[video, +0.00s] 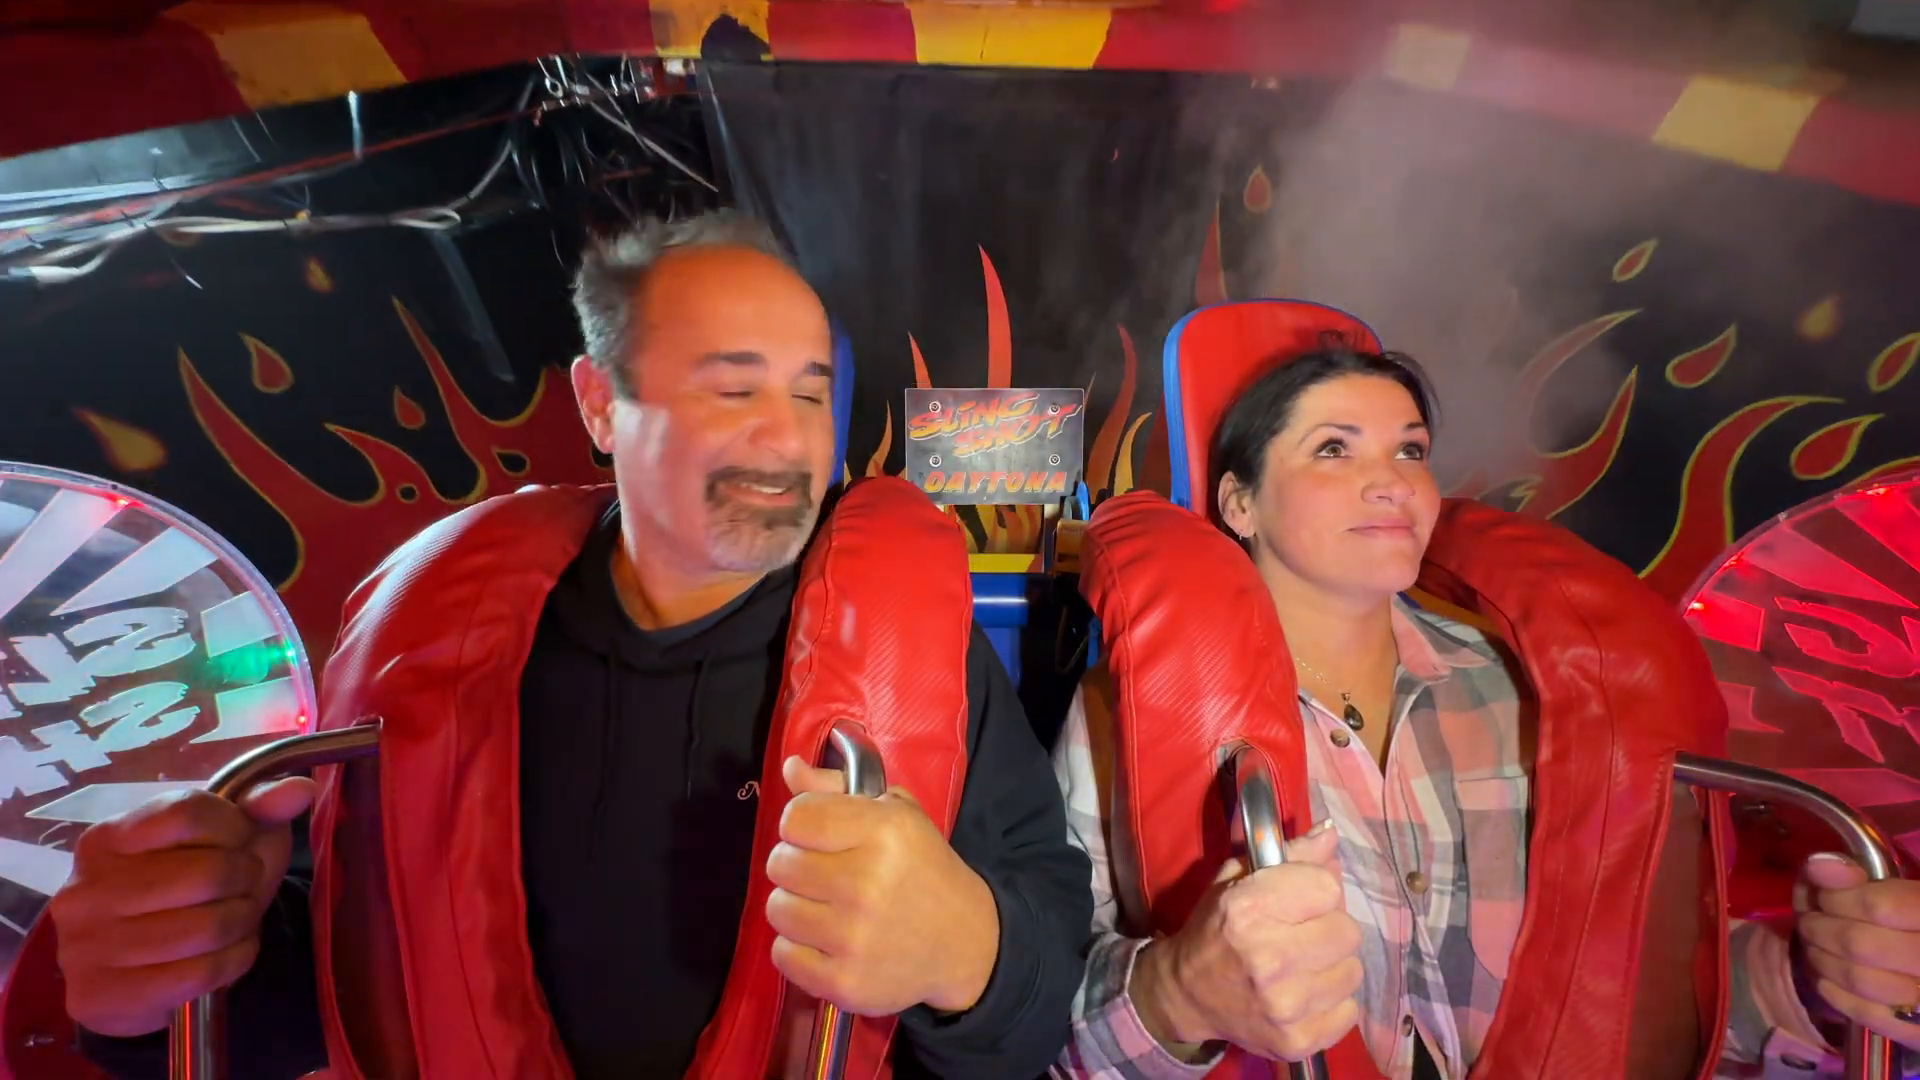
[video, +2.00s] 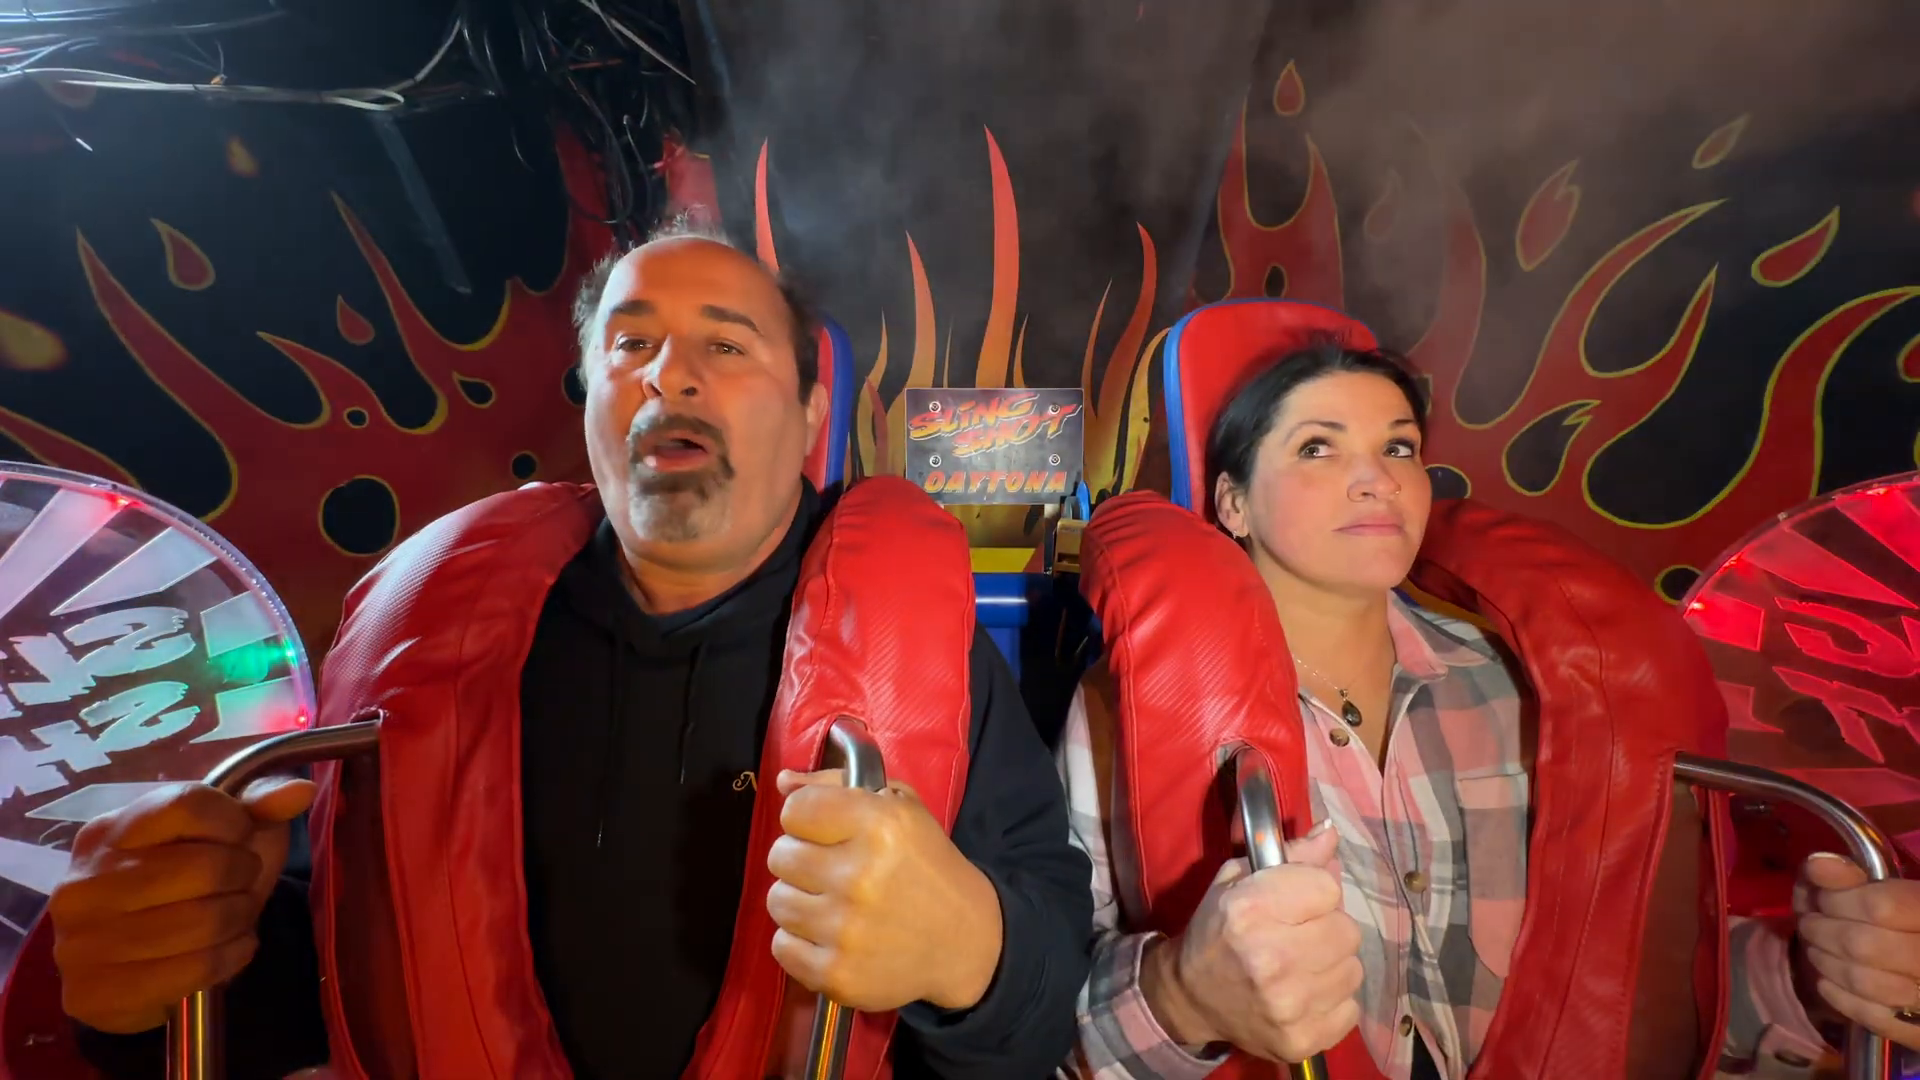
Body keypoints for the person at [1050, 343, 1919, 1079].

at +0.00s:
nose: (1391, 481)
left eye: (1410, 453)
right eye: (1333, 451)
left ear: (1435, 493)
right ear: (1240, 505)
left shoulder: (1522, 695)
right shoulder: (1143, 716)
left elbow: (1612, 974)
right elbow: (1047, 1040)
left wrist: (1804, 975)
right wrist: (1174, 998)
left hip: (1499, 1069)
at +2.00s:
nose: (1376, 484)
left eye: (1397, 452)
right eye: (1319, 452)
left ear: (1429, 488)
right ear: (1233, 502)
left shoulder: (1518, 692)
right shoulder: (1143, 713)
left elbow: (1626, 962)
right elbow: (1066, 1036)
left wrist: (1817, 975)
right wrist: (1178, 1001)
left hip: (1501, 1071)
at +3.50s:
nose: (1383, 484)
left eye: (1406, 455)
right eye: (1329, 455)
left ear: (1435, 490)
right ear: (1236, 500)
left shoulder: (1519, 695)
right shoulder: (1137, 717)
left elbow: (1610, 975)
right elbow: (1049, 1032)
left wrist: (1800, 972)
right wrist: (1170, 1004)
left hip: (1494, 1068)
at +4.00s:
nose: (1384, 485)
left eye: (1404, 458)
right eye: (1330, 457)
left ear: (1433, 491)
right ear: (1237, 503)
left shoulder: (1517, 693)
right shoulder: (1139, 714)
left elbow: (1618, 958)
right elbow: (1061, 1034)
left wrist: (1809, 977)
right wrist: (1173, 1001)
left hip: (1493, 1065)